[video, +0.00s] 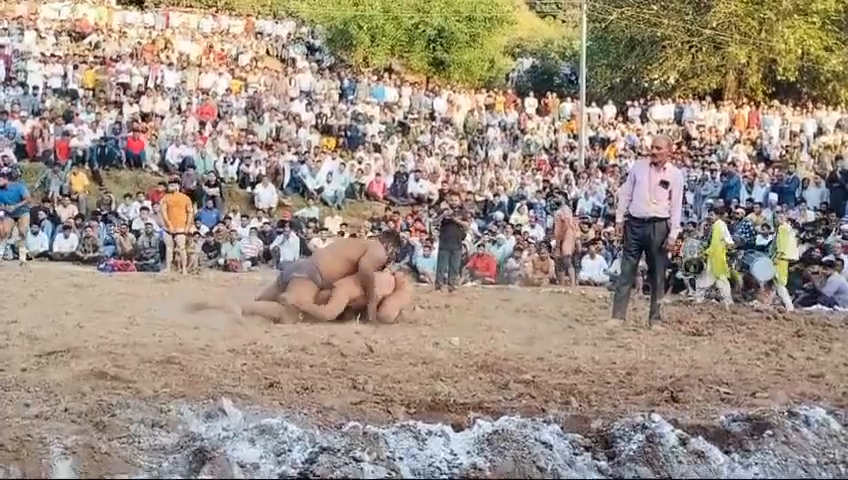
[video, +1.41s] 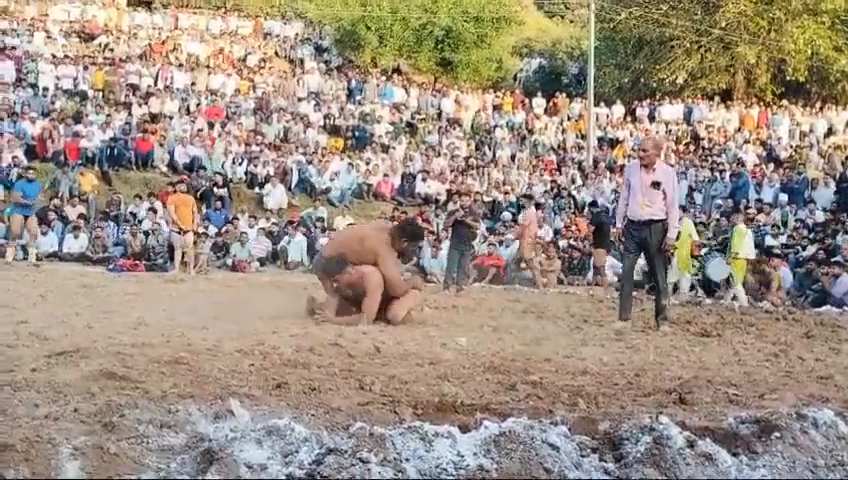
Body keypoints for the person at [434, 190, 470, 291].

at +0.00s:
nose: (454, 202)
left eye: (456, 200)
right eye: (451, 200)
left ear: (460, 201)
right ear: (448, 201)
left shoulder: (463, 212)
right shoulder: (443, 211)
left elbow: (468, 225)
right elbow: (435, 222)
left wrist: (455, 219)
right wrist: (443, 216)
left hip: (457, 241)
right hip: (444, 240)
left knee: (455, 266)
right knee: (442, 265)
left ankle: (452, 285)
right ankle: (439, 284)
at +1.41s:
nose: (464, 203)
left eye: (466, 201)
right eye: (462, 201)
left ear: (470, 201)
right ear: (459, 201)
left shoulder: (473, 214)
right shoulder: (453, 213)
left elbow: (478, 225)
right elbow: (446, 224)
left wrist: (466, 220)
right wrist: (455, 217)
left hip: (467, 244)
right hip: (455, 243)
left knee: (464, 268)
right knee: (451, 266)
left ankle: (460, 287)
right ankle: (447, 286)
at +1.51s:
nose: (472, 205)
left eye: (474, 203)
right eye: (470, 203)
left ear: (477, 204)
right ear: (466, 203)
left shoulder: (481, 216)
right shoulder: (461, 215)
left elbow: (485, 228)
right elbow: (454, 227)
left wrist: (474, 222)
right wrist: (463, 218)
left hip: (475, 246)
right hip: (463, 245)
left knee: (472, 269)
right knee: (459, 268)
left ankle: (469, 288)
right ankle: (455, 287)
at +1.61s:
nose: (484, 209)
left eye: (486, 207)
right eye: (482, 206)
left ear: (490, 207)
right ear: (478, 207)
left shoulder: (493, 220)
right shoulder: (473, 219)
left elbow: (498, 231)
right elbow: (466, 231)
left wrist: (485, 226)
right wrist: (475, 223)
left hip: (488, 250)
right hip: (475, 249)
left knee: (484, 274)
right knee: (472, 272)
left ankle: (481, 292)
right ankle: (467, 290)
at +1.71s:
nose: (496, 214)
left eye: (498, 212)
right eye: (494, 212)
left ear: (502, 213)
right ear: (492, 212)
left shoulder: (507, 225)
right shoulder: (487, 224)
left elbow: (511, 237)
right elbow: (479, 236)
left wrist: (500, 232)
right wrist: (488, 228)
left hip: (501, 256)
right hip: (489, 255)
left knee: (497, 279)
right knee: (485, 278)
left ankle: (494, 297)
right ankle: (480, 295)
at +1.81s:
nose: (508, 220)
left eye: (510, 218)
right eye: (506, 218)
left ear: (514, 219)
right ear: (503, 219)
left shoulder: (517, 230)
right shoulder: (498, 230)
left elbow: (524, 242)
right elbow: (490, 242)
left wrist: (512, 238)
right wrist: (499, 234)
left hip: (513, 259)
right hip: (500, 258)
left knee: (510, 283)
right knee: (496, 281)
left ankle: (507, 302)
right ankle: (493, 300)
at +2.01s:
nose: (498, 226)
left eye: (501, 224)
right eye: (496, 224)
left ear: (504, 225)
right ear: (493, 225)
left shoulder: (509, 235)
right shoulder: (489, 235)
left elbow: (515, 248)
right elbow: (482, 248)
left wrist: (501, 244)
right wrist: (490, 240)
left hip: (503, 265)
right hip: (491, 264)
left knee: (501, 289)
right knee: (488, 287)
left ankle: (498, 308)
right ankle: (484, 306)